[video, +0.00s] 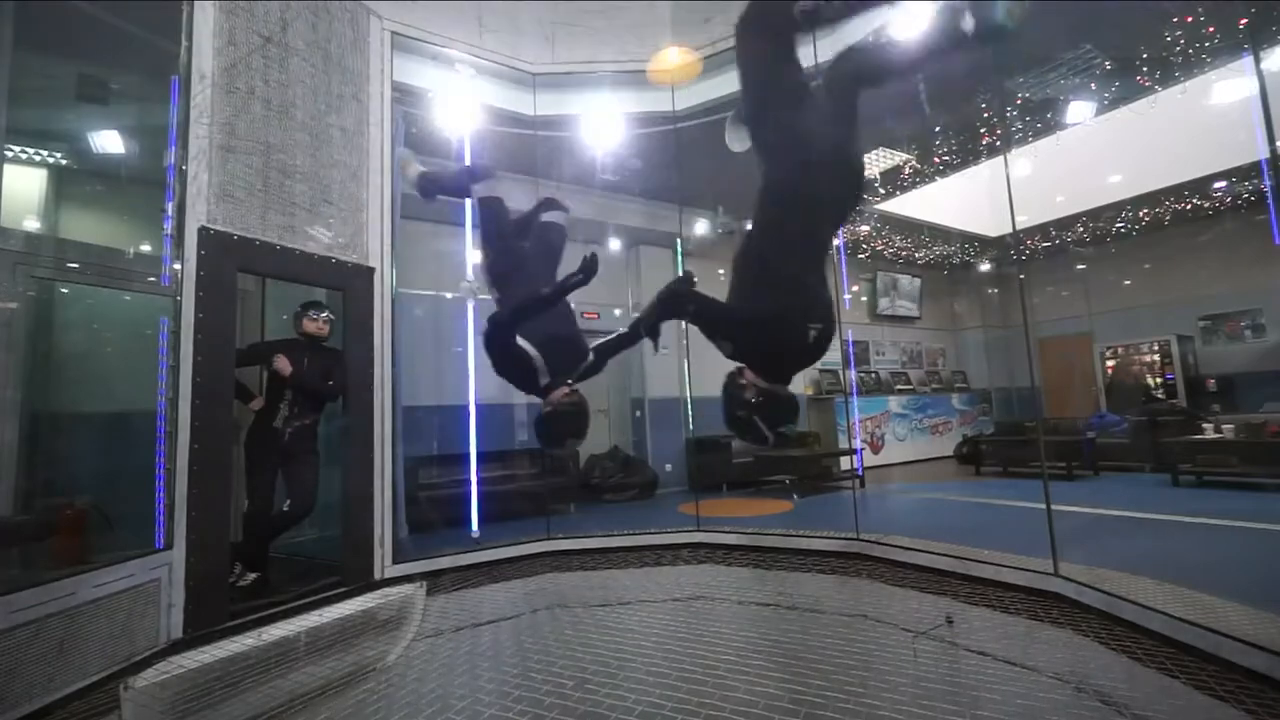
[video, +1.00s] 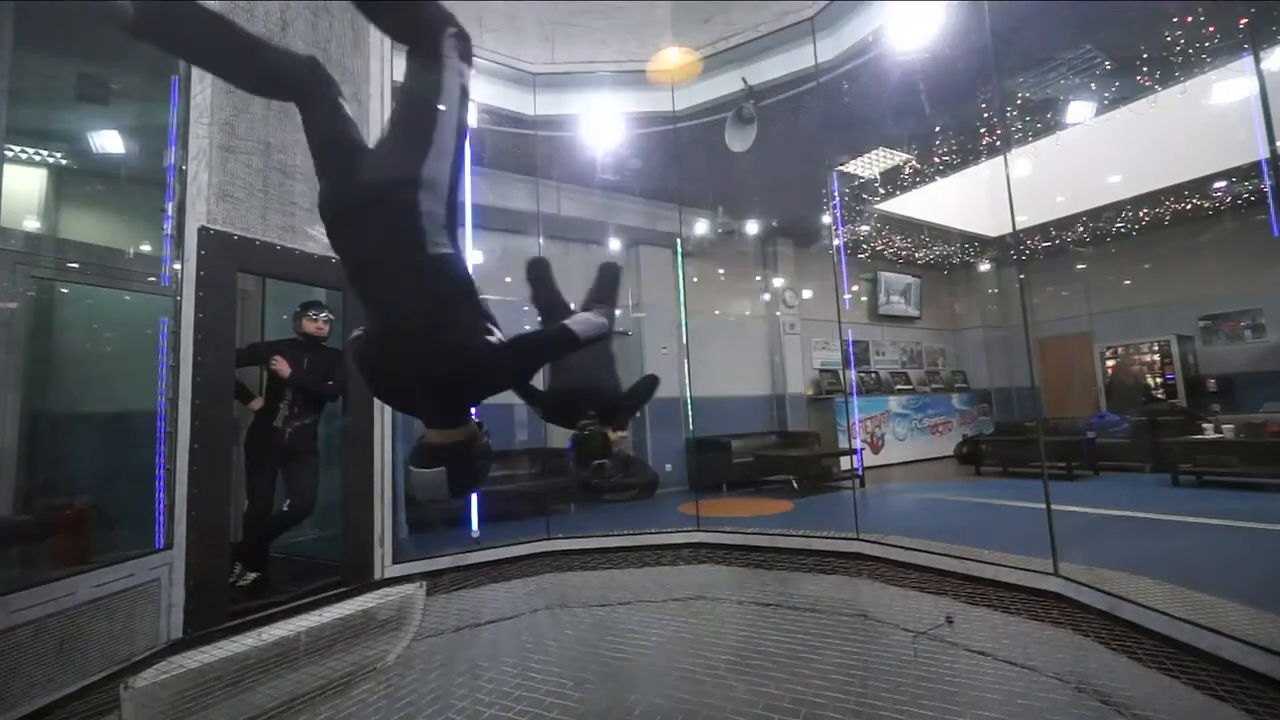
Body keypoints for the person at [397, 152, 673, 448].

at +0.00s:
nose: (570, 395)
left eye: (565, 405)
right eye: (573, 401)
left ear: (547, 403)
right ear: (578, 394)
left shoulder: (520, 375)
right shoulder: (586, 366)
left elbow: (499, 326)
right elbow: (630, 334)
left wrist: (571, 283)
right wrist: (659, 309)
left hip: (508, 283)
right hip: (547, 278)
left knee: (486, 192)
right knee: (557, 220)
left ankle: (424, 181)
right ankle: (512, 231)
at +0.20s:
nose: (520, 402)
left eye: (514, 412)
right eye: (526, 410)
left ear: (506, 409)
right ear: (532, 404)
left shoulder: (478, 371)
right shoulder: (533, 371)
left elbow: (507, 314)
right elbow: (579, 338)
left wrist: (575, 285)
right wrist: (616, 308)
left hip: (457, 272)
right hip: (491, 270)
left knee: (440, 165)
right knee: (485, 201)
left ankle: (346, 155)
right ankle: (405, 230)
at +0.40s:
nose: (502, 403)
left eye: (496, 411)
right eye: (504, 410)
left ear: (474, 415)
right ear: (491, 411)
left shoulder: (448, 369)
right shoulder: (481, 372)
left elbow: (499, 307)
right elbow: (529, 336)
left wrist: (559, 292)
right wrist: (572, 307)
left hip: (413, 255)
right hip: (440, 258)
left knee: (403, 132)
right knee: (419, 197)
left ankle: (274, 112)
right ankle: (320, 214)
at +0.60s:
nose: (435, 429)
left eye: (440, 434)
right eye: (444, 433)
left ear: (454, 423)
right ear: (463, 421)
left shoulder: (450, 367)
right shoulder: (430, 385)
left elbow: (510, 318)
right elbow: (508, 316)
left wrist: (581, 305)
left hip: (381, 239)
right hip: (376, 262)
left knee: (331, 90)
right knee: (357, 169)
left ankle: (219, 39)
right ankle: (240, 159)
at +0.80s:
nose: (464, 419)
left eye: (460, 428)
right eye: (464, 429)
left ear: (450, 427)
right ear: (452, 431)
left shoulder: (447, 372)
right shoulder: (395, 383)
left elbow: (528, 328)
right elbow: (405, 309)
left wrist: (600, 300)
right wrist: (471, 316)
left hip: (382, 219)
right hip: (346, 233)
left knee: (396, 62)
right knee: (330, 121)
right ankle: (160, 91)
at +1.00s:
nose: (446, 449)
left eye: (450, 453)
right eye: (454, 457)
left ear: (460, 435)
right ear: (452, 446)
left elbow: (546, 344)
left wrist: (600, 323)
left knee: (437, 41)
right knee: (308, 81)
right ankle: (145, 17)